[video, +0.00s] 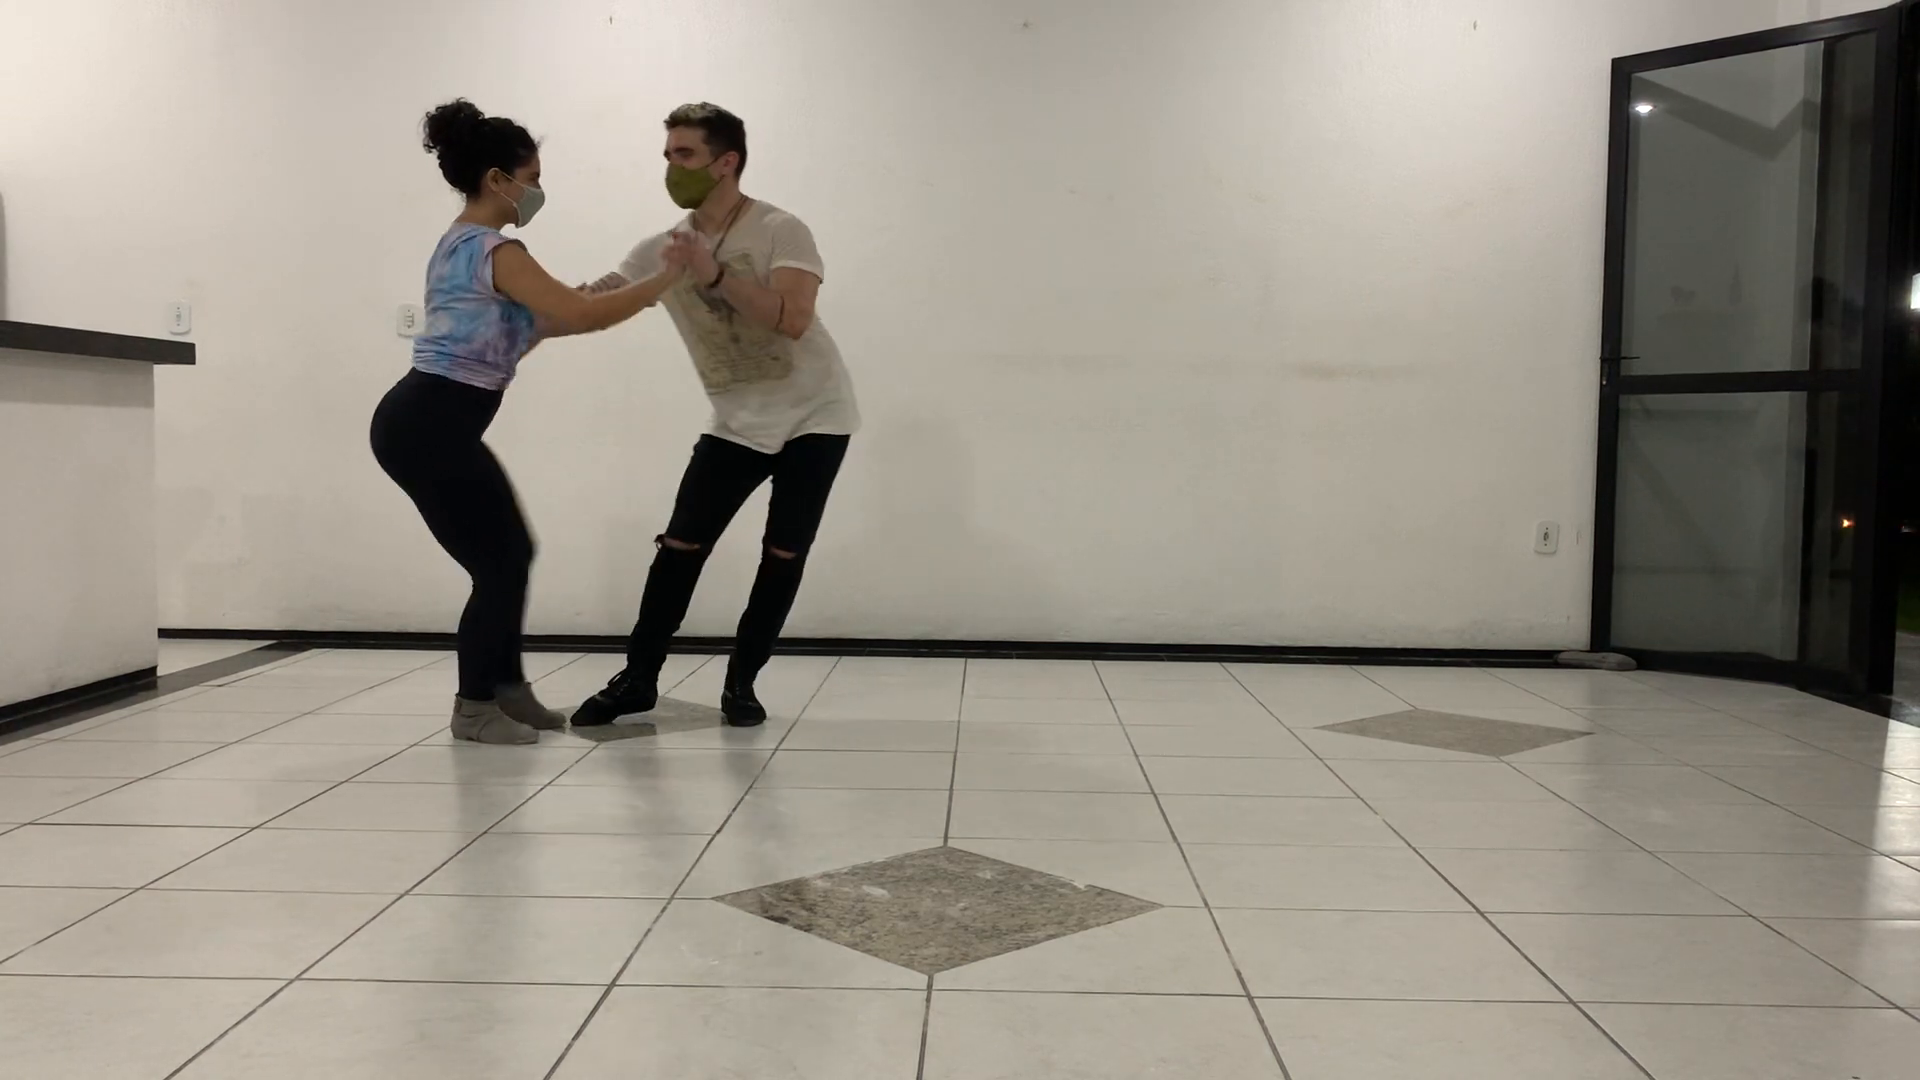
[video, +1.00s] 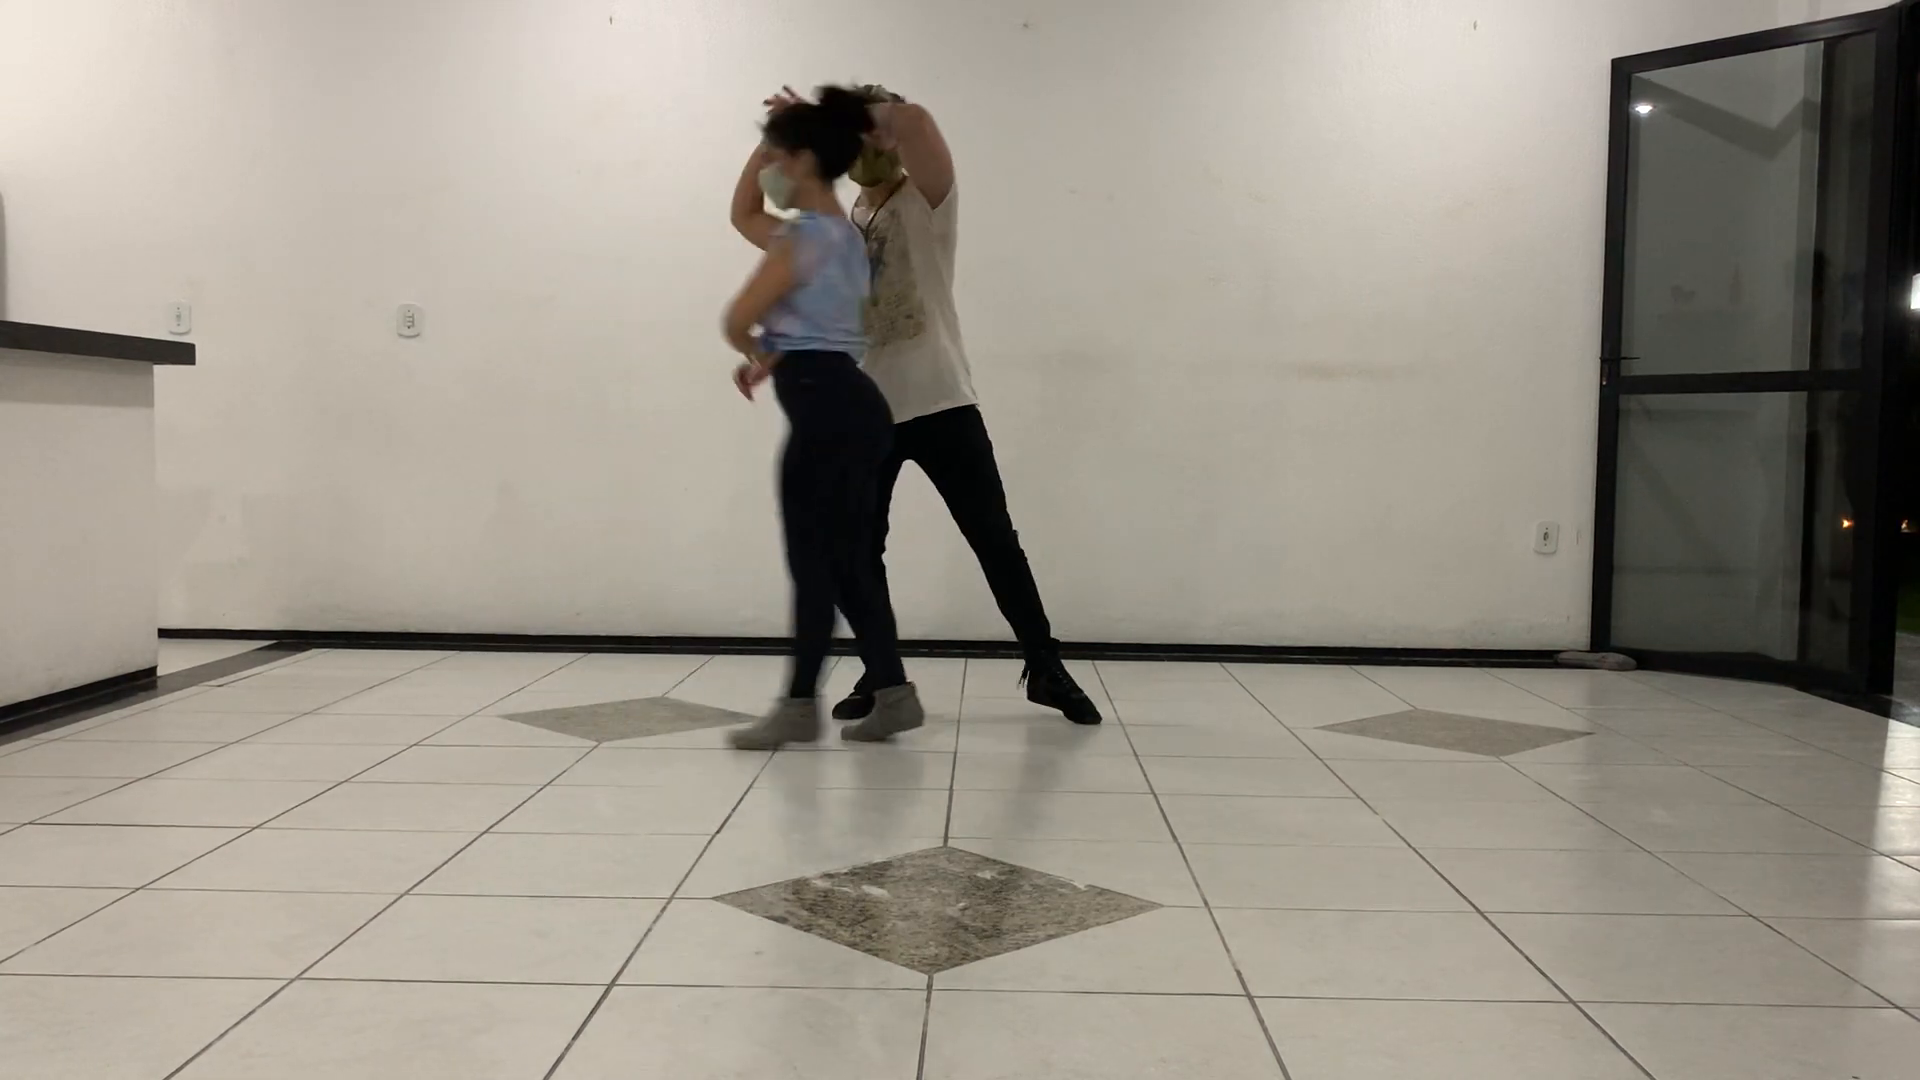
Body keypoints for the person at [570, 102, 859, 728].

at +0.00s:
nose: (671, 167)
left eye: (684, 156)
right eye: (668, 156)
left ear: (728, 161)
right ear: (667, 161)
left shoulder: (783, 232)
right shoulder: (661, 252)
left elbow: (793, 317)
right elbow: (586, 302)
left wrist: (714, 274)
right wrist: (514, 319)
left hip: (817, 409)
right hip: (740, 416)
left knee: (784, 551)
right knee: (682, 540)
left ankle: (741, 682)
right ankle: (638, 681)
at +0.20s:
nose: (719, 177)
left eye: (733, 166)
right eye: (717, 166)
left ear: (776, 173)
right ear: (719, 172)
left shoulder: (818, 241)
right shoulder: (715, 255)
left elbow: (798, 302)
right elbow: (651, 315)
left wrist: (717, 271)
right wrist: (577, 335)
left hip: (834, 424)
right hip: (760, 426)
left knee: (795, 557)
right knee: (699, 535)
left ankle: (742, 679)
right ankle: (740, 644)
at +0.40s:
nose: (757, 169)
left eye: (771, 158)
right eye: (754, 158)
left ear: (813, 164)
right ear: (753, 163)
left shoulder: (849, 236)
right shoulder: (741, 246)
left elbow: (880, 296)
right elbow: (696, 336)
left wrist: (797, 265)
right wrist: (628, 301)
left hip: (848, 422)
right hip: (775, 429)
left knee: (801, 559)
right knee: (772, 568)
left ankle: (743, 679)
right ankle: (860, 665)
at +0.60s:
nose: (788, 162)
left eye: (802, 150)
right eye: (782, 151)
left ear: (839, 156)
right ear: (774, 158)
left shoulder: (878, 220)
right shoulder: (774, 245)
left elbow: (911, 217)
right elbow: (727, 328)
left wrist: (837, 199)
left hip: (885, 399)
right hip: (815, 415)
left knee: (895, 527)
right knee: (813, 559)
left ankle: (863, 660)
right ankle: (875, 684)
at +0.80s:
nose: (820, 149)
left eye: (836, 137)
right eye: (815, 139)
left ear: (870, 144)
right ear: (812, 149)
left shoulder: (900, 205)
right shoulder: (823, 231)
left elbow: (885, 148)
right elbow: (799, 272)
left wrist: (806, 160)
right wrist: (778, 197)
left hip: (914, 402)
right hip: (837, 417)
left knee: (985, 526)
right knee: (833, 552)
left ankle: (1033, 659)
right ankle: (877, 677)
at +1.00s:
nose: (858, 154)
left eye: (861, 142)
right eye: (850, 145)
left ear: (885, 143)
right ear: (855, 153)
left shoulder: (929, 199)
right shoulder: (849, 224)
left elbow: (912, 117)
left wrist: (840, 110)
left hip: (939, 399)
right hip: (868, 409)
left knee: (995, 539)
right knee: (856, 546)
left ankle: (1045, 666)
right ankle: (881, 672)